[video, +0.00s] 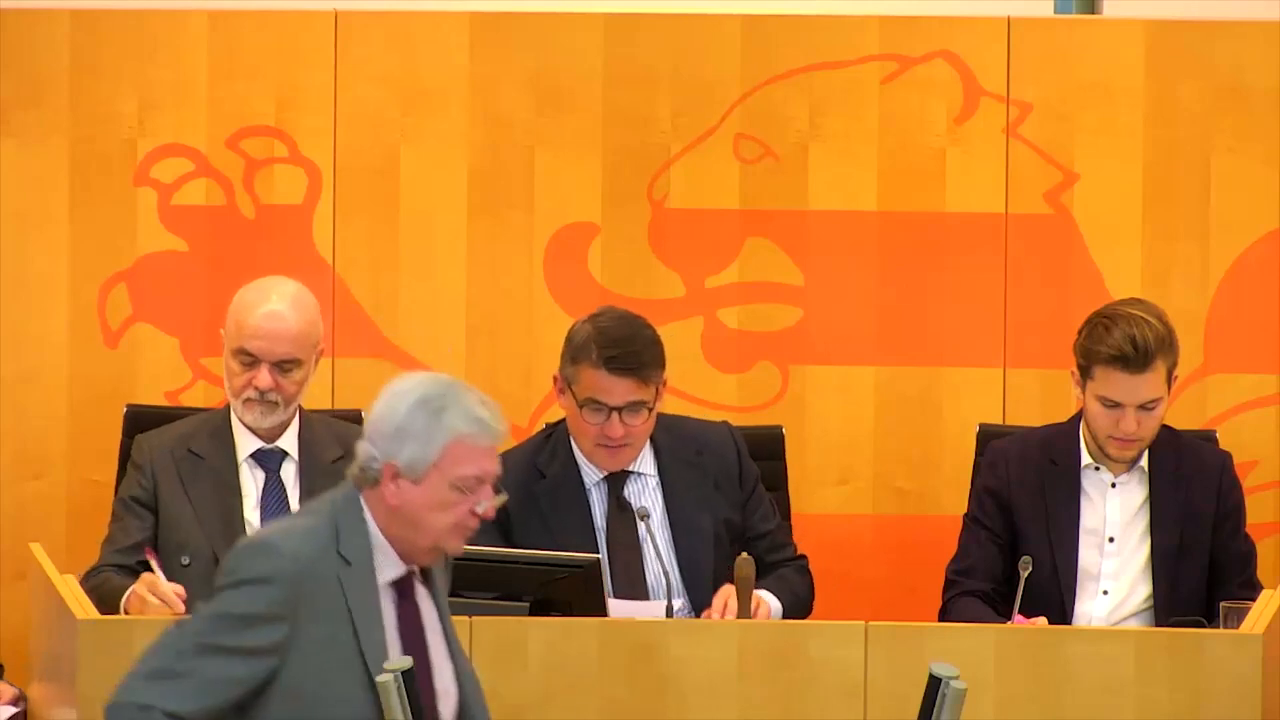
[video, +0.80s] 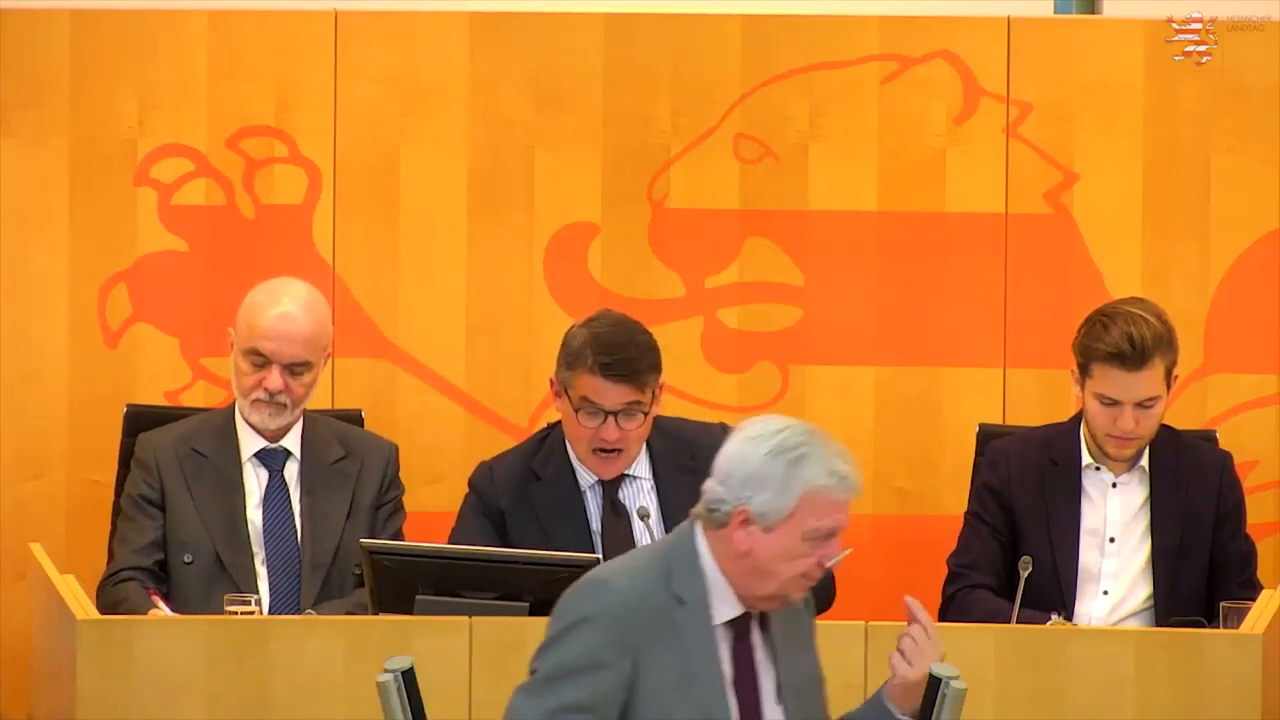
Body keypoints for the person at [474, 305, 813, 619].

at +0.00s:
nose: (616, 430)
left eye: (634, 408)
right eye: (596, 408)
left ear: (660, 392)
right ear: (562, 393)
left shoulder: (720, 452)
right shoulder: (509, 482)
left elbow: (792, 576)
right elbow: (479, 605)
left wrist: (758, 604)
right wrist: (576, 622)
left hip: (711, 667)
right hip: (577, 673)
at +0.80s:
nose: (610, 433)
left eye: (629, 412)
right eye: (591, 412)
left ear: (656, 396)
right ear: (558, 394)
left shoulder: (722, 455)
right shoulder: (500, 488)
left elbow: (818, 585)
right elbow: (455, 610)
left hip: (704, 675)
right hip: (567, 679)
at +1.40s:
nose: (617, 452)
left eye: (634, 428)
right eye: (596, 430)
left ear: (654, 404)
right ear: (558, 408)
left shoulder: (706, 453)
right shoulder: (495, 491)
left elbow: (762, 586)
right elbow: (454, 616)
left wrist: (697, 520)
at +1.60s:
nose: (618, 453)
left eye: (635, 429)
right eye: (597, 431)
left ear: (654, 407)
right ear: (557, 410)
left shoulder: (707, 453)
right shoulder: (495, 491)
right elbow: (458, 614)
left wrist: (694, 518)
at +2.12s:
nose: (605, 430)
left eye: (623, 410)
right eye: (584, 410)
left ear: (647, 393)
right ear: (550, 397)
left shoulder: (704, 451)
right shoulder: (497, 485)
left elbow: (816, 568)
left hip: (697, 677)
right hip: (550, 693)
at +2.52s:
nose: (599, 438)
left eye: (616, 417)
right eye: (578, 418)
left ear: (642, 398)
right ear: (543, 402)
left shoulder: (704, 448)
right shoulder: (493, 493)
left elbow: (828, 501)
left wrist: (789, 598)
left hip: (723, 666)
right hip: (577, 685)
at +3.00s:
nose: (603, 434)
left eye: (620, 413)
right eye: (583, 414)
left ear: (645, 397)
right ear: (547, 400)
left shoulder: (706, 455)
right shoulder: (496, 490)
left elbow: (837, 549)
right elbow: (469, 627)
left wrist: (789, 663)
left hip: (716, 673)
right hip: (576, 686)